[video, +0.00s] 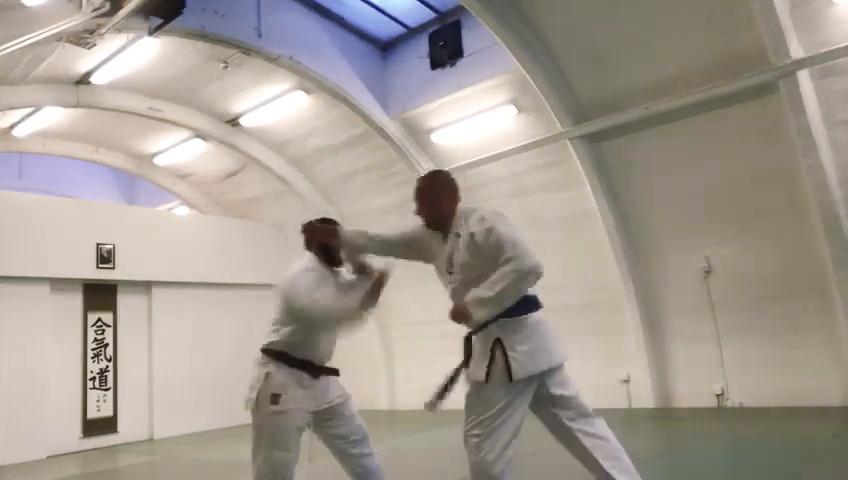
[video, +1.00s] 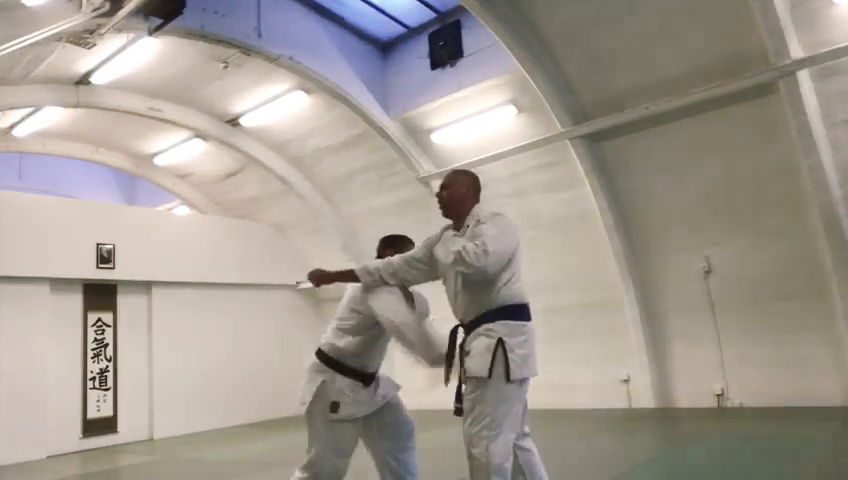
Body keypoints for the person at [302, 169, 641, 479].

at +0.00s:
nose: (417, 208)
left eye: (421, 200)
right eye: (416, 201)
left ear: (442, 199)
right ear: (442, 198)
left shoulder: (485, 224)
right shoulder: (432, 240)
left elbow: (527, 265)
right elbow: (381, 243)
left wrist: (473, 305)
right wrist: (335, 233)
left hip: (507, 344)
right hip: (526, 337)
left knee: (483, 447)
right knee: (578, 424)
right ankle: (626, 476)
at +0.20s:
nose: (401, 212)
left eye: (404, 203)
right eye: (398, 205)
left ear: (427, 195)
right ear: (419, 199)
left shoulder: (468, 222)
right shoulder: (411, 240)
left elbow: (515, 258)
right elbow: (370, 254)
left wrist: (463, 290)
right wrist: (315, 258)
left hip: (493, 341)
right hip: (491, 341)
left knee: (482, 449)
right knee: (545, 424)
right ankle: (609, 476)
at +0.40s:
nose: (400, 200)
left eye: (405, 192)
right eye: (400, 193)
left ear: (428, 191)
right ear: (420, 193)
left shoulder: (457, 217)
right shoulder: (413, 241)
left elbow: (500, 258)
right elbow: (371, 258)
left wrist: (445, 287)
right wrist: (317, 263)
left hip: (487, 338)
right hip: (471, 339)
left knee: (481, 451)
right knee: (519, 431)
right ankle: (560, 475)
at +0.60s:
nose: (413, 197)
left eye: (418, 189)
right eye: (414, 190)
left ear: (439, 191)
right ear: (436, 193)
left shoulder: (469, 221)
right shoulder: (425, 240)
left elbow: (505, 266)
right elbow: (383, 261)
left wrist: (446, 286)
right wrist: (323, 263)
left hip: (485, 338)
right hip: (481, 337)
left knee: (476, 443)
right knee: (513, 438)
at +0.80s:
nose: (429, 197)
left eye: (436, 189)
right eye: (430, 190)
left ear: (458, 193)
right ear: (450, 196)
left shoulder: (484, 224)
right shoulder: (434, 240)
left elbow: (507, 267)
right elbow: (392, 263)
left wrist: (446, 271)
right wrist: (331, 264)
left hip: (494, 338)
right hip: (478, 338)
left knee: (477, 441)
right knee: (513, 438)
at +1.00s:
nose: (438, 195)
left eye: (445, 189)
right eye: (439, 190)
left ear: (469, 192)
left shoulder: (497, 225)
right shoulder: (443, 239)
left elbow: (483, 260)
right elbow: (400, 267)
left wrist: (444, 245)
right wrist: (335, 276)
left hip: (503, 337)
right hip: (480, 338)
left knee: (484, 438)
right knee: (514, 436)